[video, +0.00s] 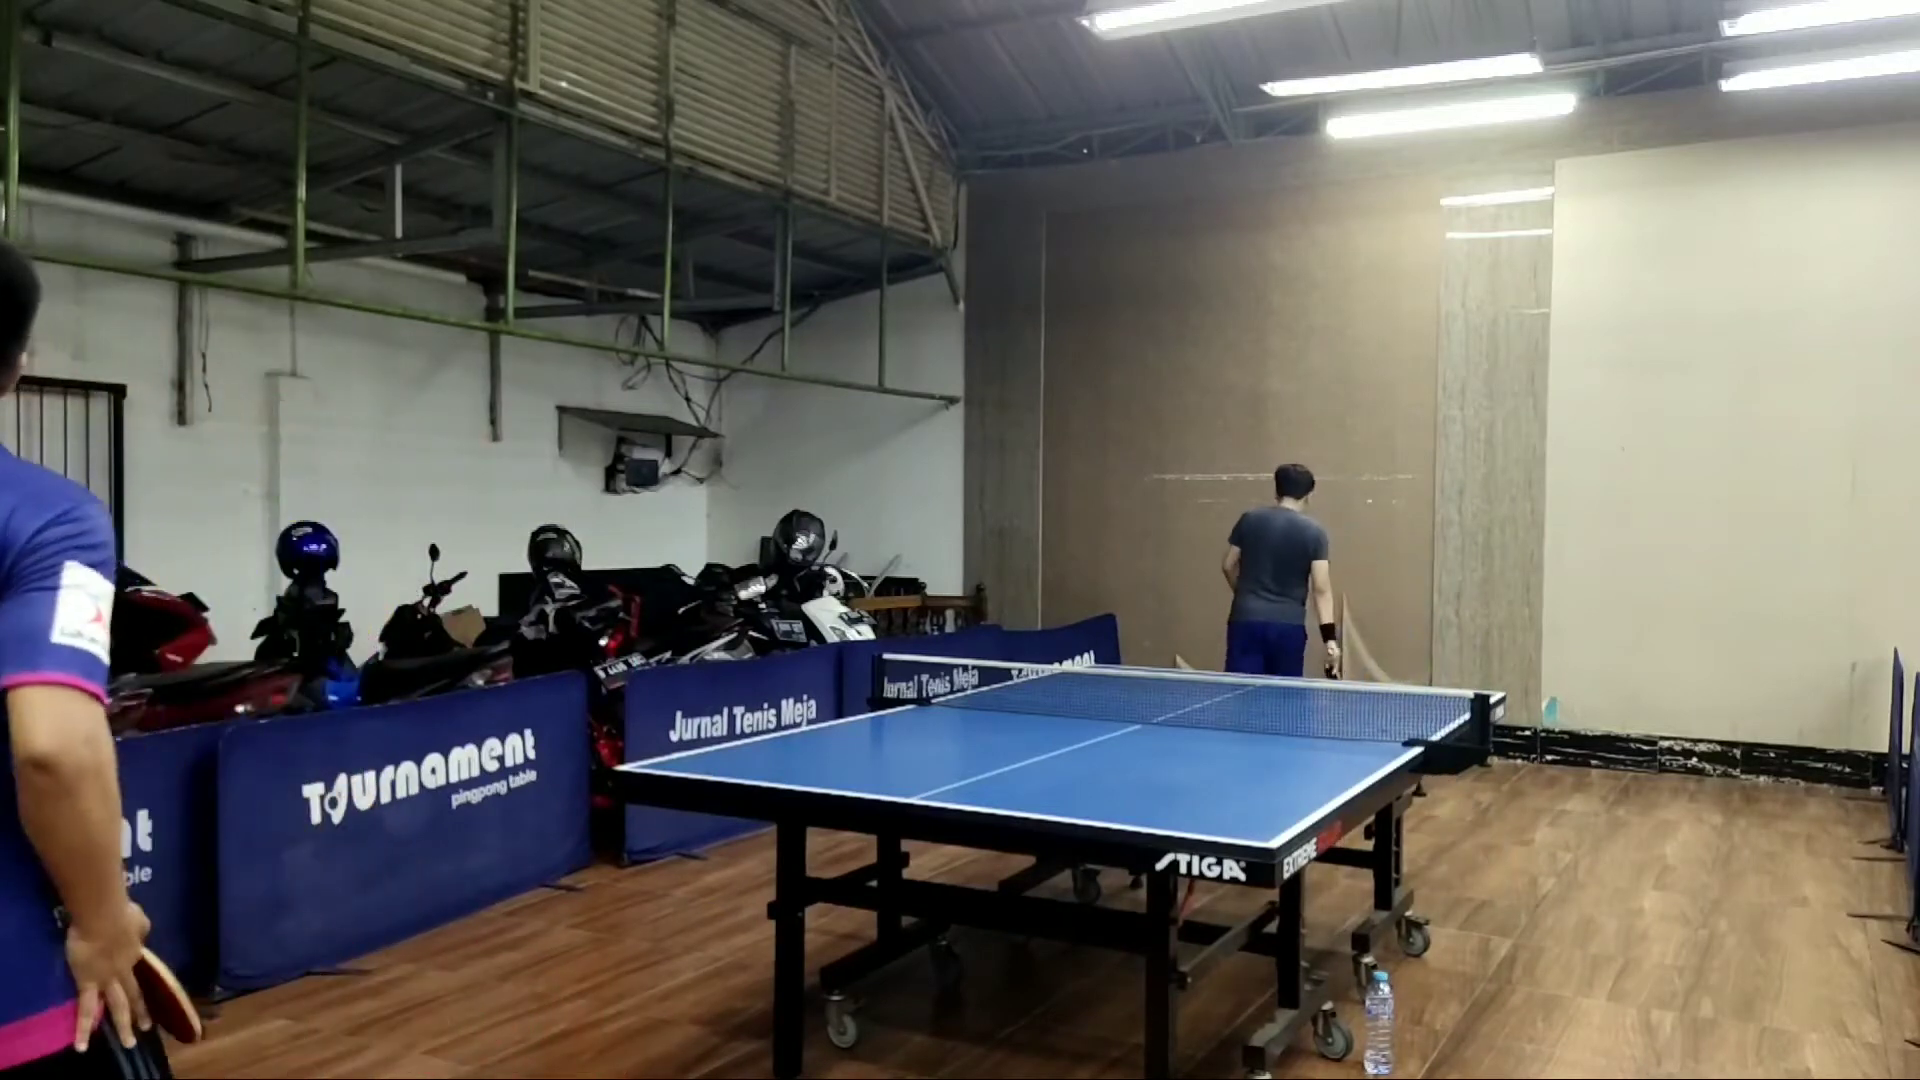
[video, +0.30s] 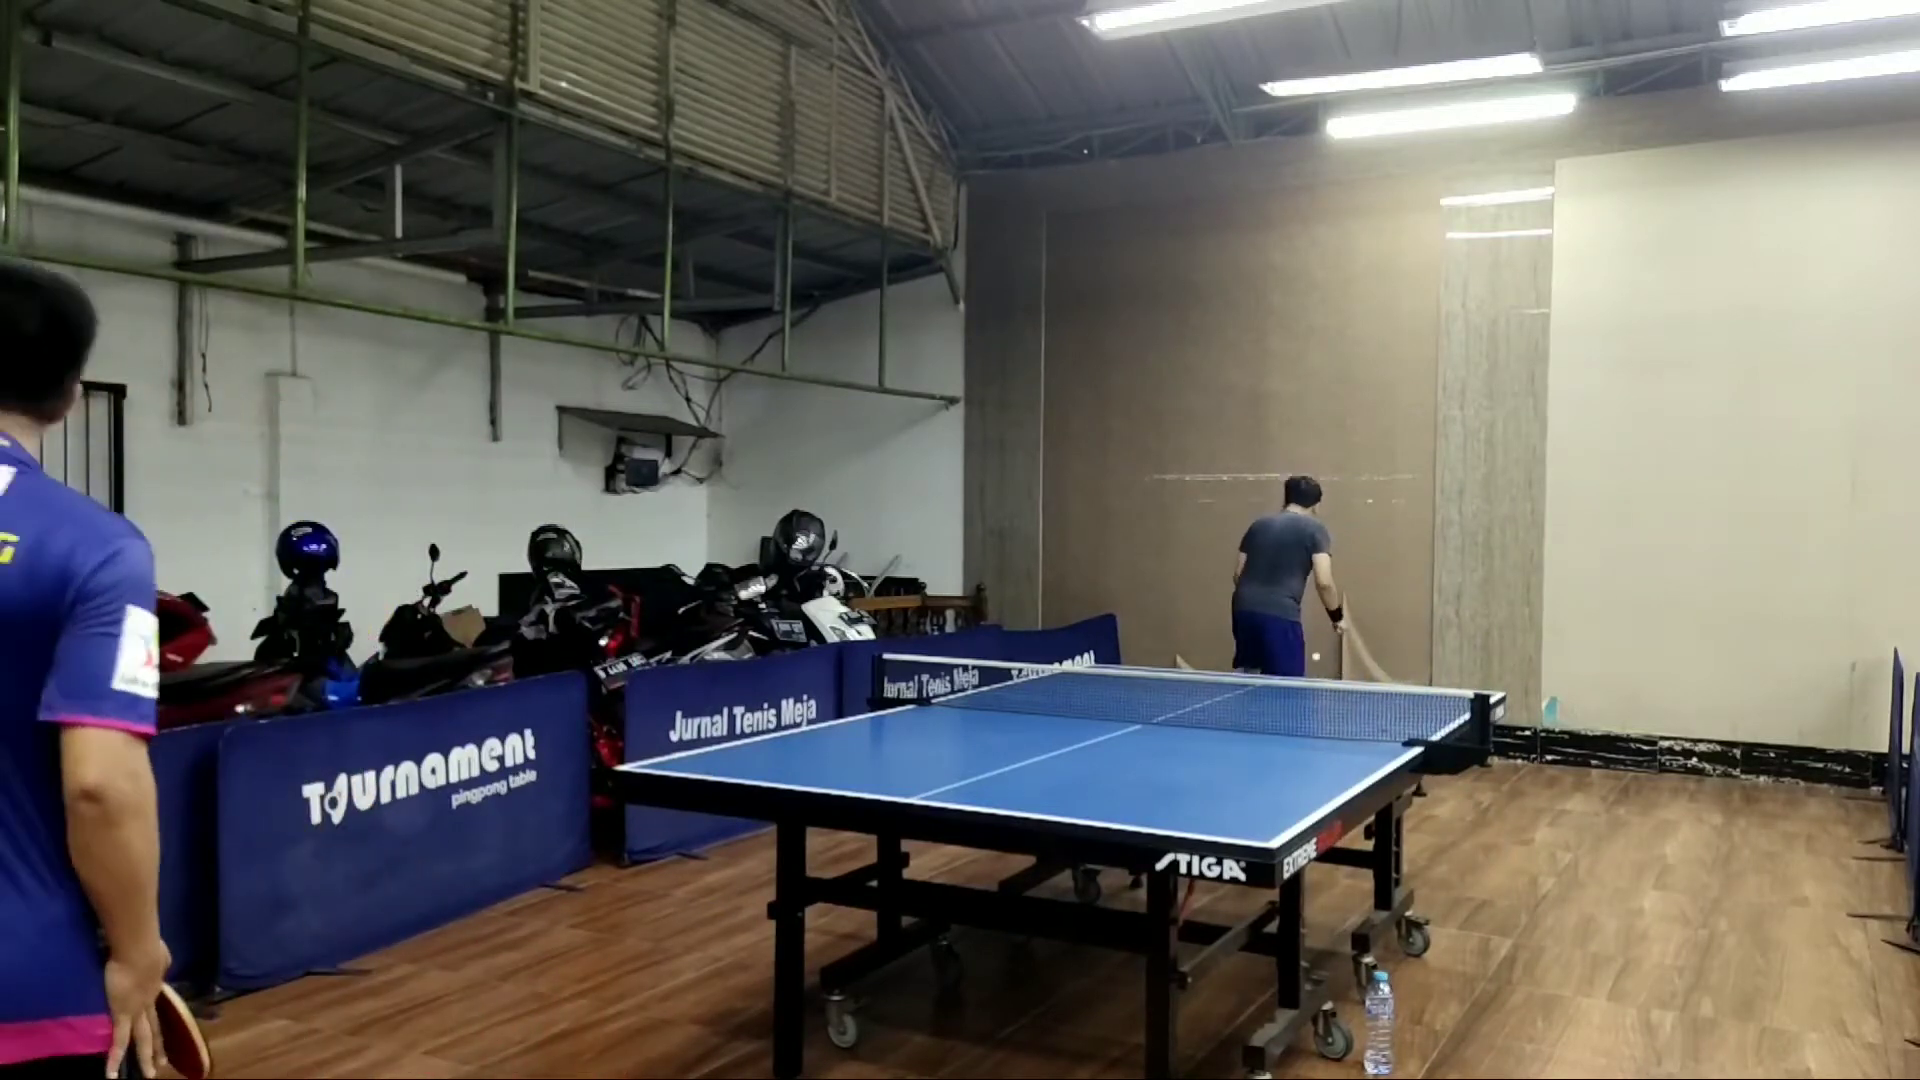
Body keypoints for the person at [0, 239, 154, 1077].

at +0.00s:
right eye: (26, 358)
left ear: (18, 363)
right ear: (18, 365)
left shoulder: (52, 515)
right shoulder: (48, 512)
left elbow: (52, 743)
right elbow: (50, 743)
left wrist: (101, 920)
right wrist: (103, 919)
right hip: (20, 1021)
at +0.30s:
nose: (78, 389)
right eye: (80, 371)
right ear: (68, 390)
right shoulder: (89, 546)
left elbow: (98, 783)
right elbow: (98, 782)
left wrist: (133, 949)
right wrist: (137, 948)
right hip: (34, 1010)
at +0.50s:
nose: (39, 379)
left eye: (45, 364)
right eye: (47, 362)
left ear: (61, 375)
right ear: (177, 415)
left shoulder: (5, 491)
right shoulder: (199, 570)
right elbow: (202, 796)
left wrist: (225, 950)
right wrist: (229, 951)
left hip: (6, 966)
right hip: (123, 981)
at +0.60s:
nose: (88, 378)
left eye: (94, 364)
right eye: (92, 362)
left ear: (114, 372)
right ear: (217, 411)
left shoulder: (9, 486)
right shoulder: (250, 559)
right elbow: (253, 774)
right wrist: (279, 914)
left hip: (8, 934)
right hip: (158, 952)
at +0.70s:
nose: (124, 378)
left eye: (129, 364)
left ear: (147, 370)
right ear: (248, 411)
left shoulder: (21, 493)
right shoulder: (284, 547)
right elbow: (301, 754)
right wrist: (330, 865)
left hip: (30, 911)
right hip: (195, 925)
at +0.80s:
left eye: (165, 362)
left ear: (167, 374)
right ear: (286, 403)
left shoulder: (54, 497)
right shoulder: (313, 539)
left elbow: (11, 687)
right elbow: (340, 734)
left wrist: (8, 828)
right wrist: (375, 806)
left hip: (72, 896)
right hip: (223, 912)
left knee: (109, 1063)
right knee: (243, 1064)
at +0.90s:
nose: (324, 409)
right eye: (325, 391)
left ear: (208, 385)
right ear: (309, 398)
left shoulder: (94, 501)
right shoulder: (332, 534)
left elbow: (39, 687)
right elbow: (368, 725)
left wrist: (27, 836)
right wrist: (415, 770)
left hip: (115, 881)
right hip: (250, 899)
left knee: (145, 1061)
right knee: (267, 1063)